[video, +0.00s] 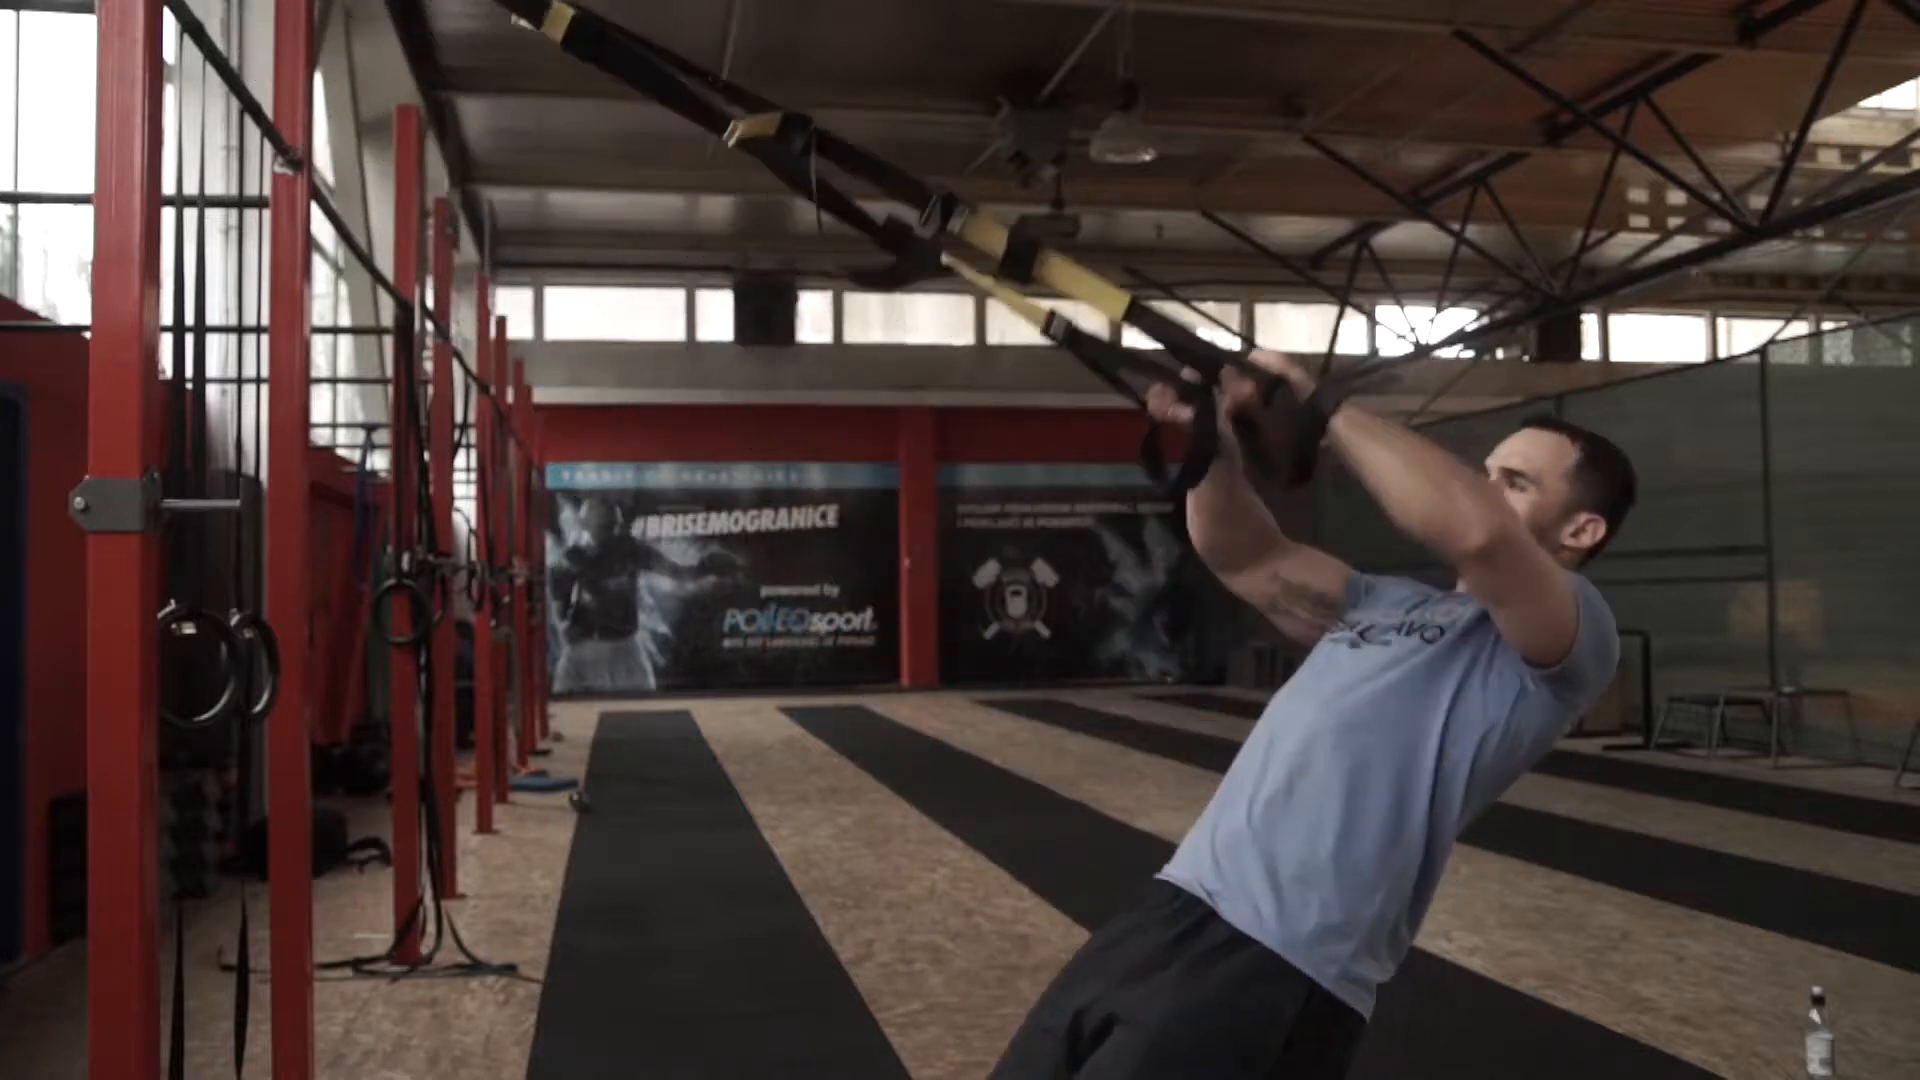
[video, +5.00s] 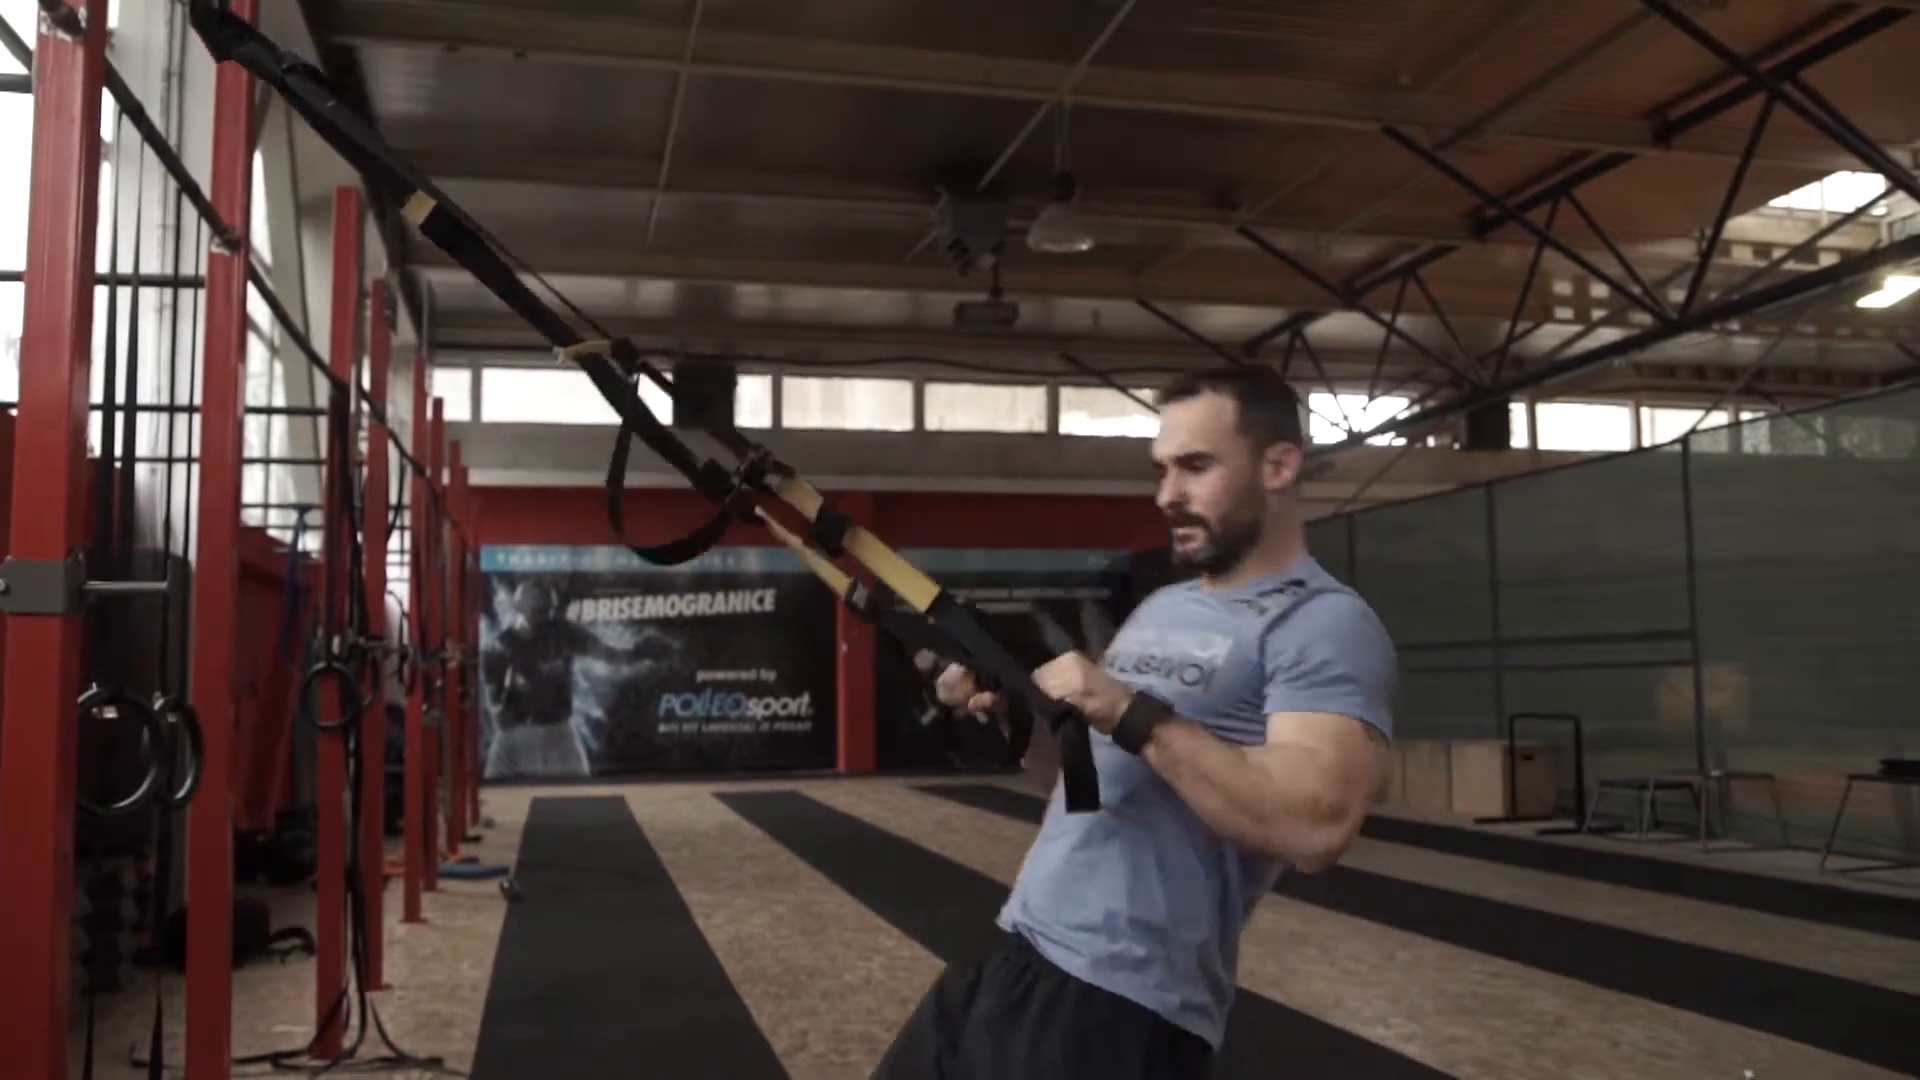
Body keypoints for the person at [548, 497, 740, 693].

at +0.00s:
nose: (600, 523)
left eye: (605, 516)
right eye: (593, 516)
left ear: (615, 518)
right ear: (583, 521)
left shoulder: (629, 549)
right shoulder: (572, 557)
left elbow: (675, 573)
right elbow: (561, 615)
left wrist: (703, 571)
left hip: (624, 647)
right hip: (580, 649)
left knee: (635, 716)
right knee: (573, 719)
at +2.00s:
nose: (600, 525)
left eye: (605, 518)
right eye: (593, 519)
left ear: (615, 519)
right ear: (583, 522)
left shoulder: (630, 549)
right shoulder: (574, 556)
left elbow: (673, 572)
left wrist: (702, 571)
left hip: (624, 646)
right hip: (580, 648)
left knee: (636, 713)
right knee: (572, 716)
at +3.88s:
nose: (595, 539)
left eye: (599, 531)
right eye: (588, 532)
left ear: (606, 528)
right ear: (573, 530)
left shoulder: (618, 555)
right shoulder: (560, 564)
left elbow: (662, 578)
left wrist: (691, 578)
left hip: (614, 656)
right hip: (569, 658)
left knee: (626, 724)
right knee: (562, 726)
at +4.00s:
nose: (583, 549)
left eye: (588, 542)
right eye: (577, 543)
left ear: (595, 540)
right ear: (563, 542)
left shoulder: (607, 566)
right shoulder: (549, 576)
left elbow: (651, 589)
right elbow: (539, 635)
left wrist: (680, 588)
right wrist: (551, 619)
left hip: (603, 669)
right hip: (558, 672)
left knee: (614, 740)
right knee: (549, 741)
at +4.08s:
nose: (580, 571)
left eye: (583, 564)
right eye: (573, 565)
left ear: (590, 561)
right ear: (558, 563)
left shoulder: (601, 586)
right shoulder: (541, 599)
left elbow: (645, 609)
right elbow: (534, 656)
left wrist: (675, 607)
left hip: (599, 689)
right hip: (553, 692)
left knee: (612, 759)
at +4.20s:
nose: (569, 598)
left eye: (573, 591)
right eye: (563, 592)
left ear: (580, 588)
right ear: (547, 590)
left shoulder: (590, 614)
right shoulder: (529, 627)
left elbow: (634, 636)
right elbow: (525, 690)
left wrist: (664, 636)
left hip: (588, 717)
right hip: (542, 721)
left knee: (600, 788)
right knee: (534, 790)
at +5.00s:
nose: (541, 615)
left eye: (545, 608)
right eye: (534, 609)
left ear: (552, 606)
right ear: (519, 607)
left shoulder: (564, 632)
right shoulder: (502, 646)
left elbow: (608, 656)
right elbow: (495, 705)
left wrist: (637, 654)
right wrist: (509, 686)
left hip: (560, 736)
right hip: (513, 740)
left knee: (572, 808)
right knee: (505, 811)